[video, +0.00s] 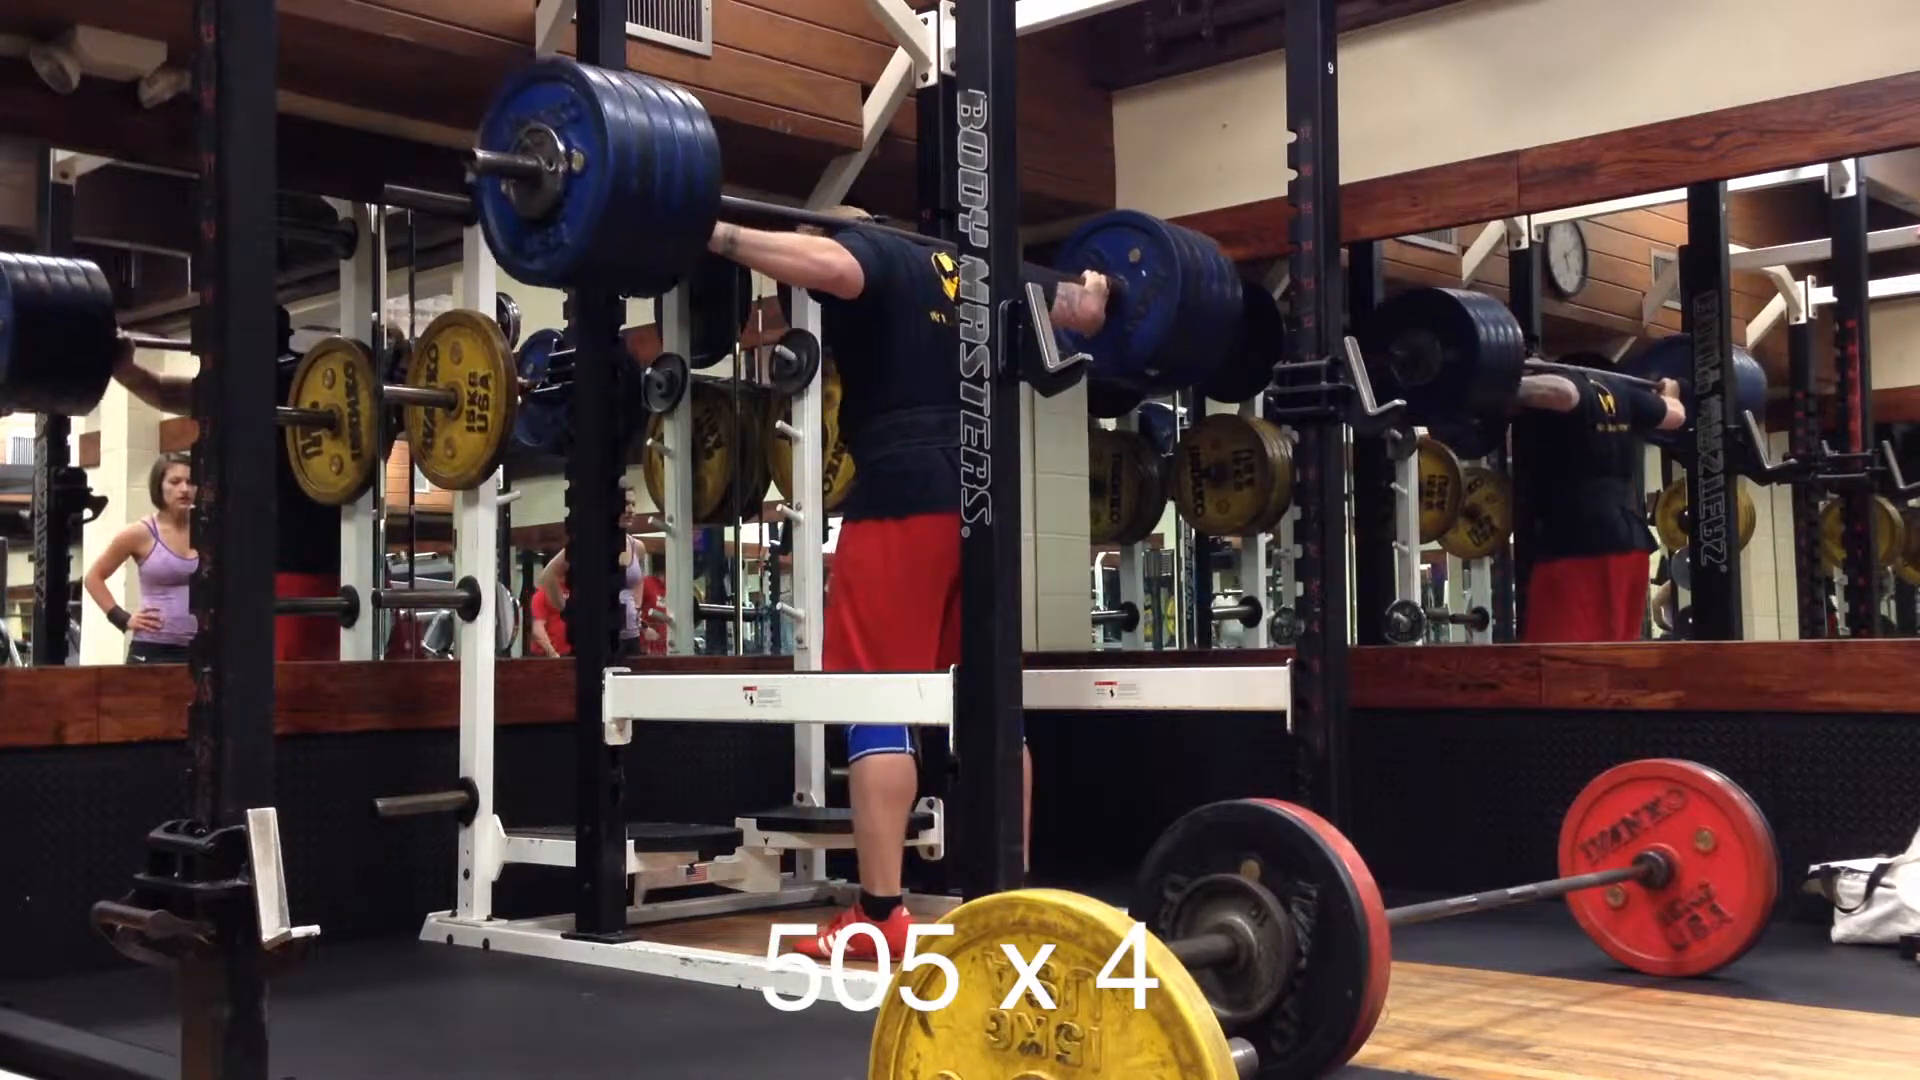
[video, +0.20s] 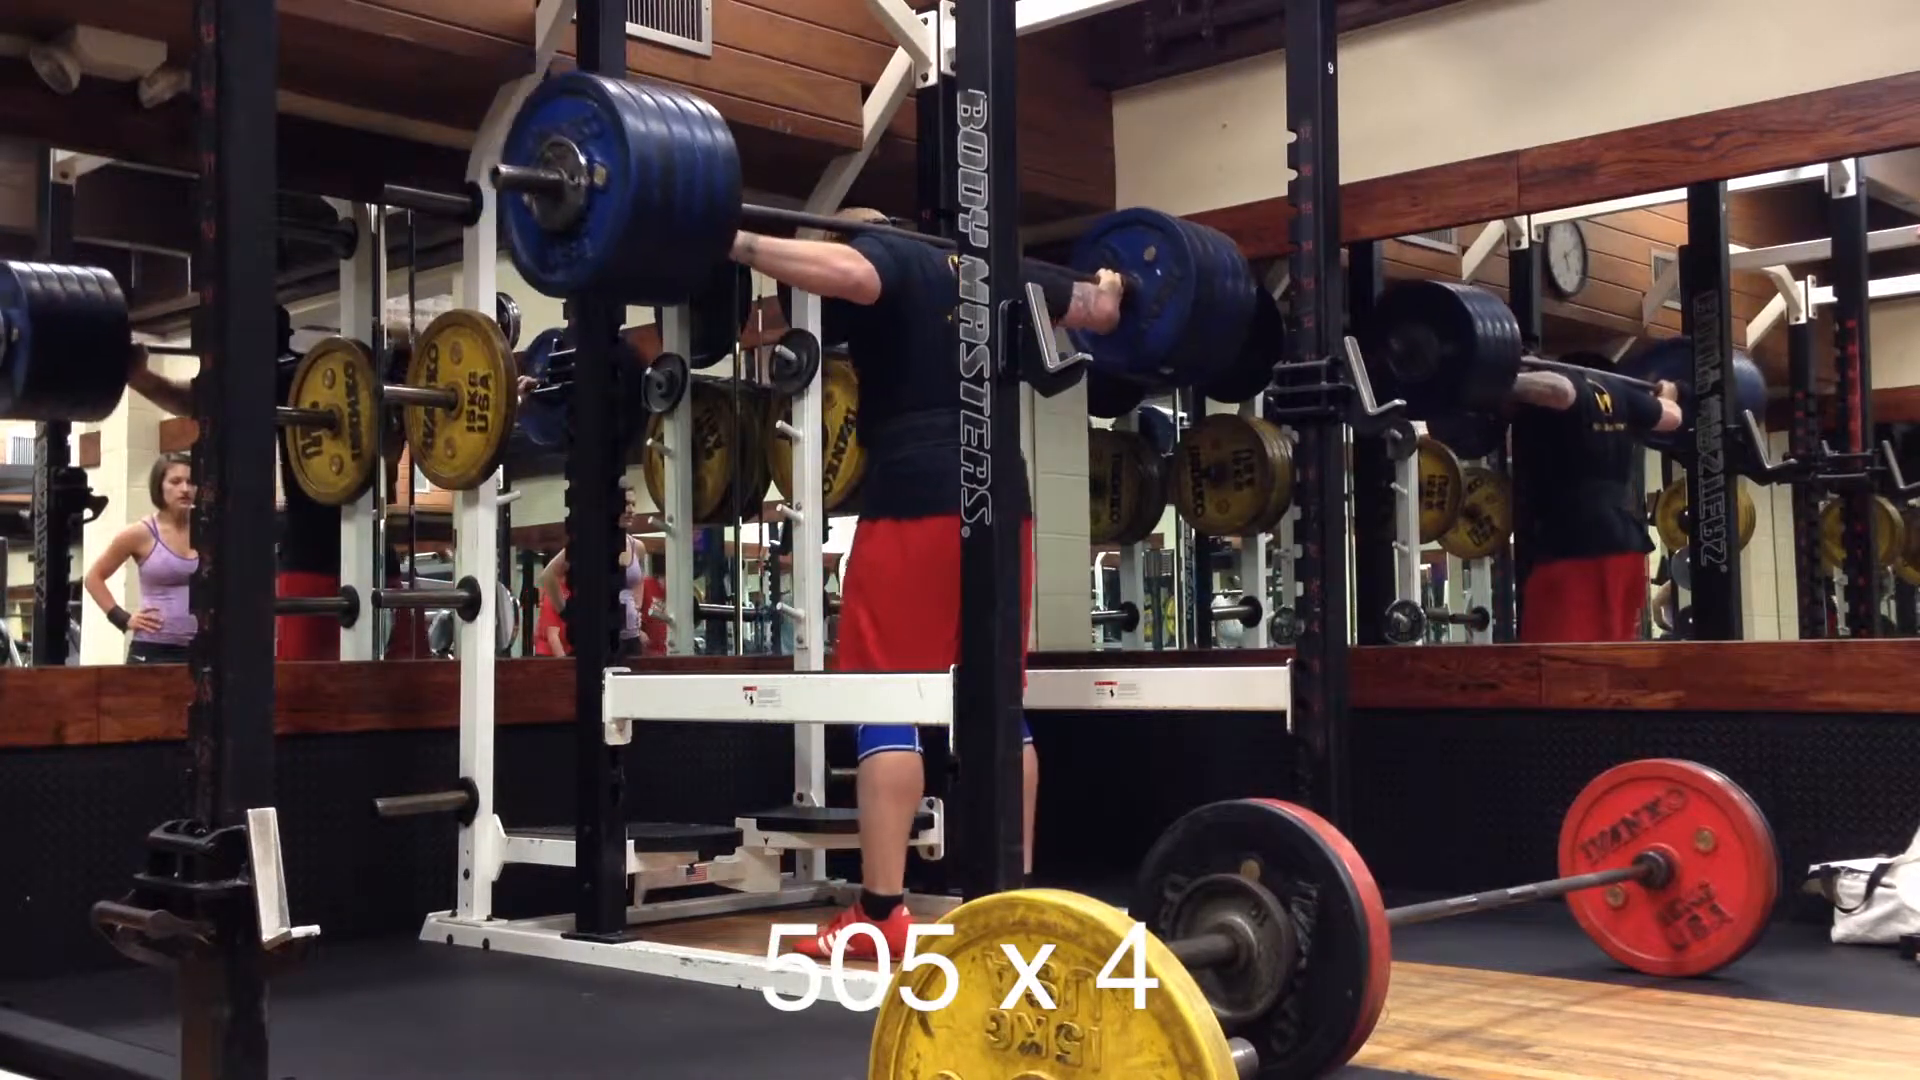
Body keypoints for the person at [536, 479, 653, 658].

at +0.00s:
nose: (629, 510)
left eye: (632, 505)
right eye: (624, 504)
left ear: (636, 508)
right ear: (609, 507)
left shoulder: (636, 546)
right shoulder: (588, 543)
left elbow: (638, 580)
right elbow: (548, 576)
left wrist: (636, 608)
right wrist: (564, 609)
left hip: (629, 630)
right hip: (595, 630)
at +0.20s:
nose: (629, 510)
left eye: (632, 504)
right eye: (624, 504)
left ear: (635, 507)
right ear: (609, 507)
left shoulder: (637, 546)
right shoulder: (589, 543)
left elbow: (638, 581)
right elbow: (548, 576)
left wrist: (635, 610)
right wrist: (564, 611)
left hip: (629, 630)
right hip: (595, 631)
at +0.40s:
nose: (629, 510)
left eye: (632, 504)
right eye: (624, 504)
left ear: (636, 506)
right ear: (609, 507)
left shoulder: (637, 547)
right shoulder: (587, 542)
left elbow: (638, 581)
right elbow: (548, 577)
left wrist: (636, 609)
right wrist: (565, 612)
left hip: (630, 632)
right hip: (594, 633)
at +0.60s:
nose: (630, 510)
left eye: (633, 504)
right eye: (624, 504)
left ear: (636, 506)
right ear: (609, 507)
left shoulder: (637, 546)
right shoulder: (588, 542)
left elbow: (638, 580)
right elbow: (548, 578)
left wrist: (636, 608)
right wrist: (566, 612)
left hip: (630, 631)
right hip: (595, 632)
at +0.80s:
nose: (627, 511)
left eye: (631, 505)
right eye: (622, 505)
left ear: (635, 509)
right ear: (608, 507)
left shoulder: (636, 546)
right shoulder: (588, 542)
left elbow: (638, 582)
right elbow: (548, 577)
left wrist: (636, 609)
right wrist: (565, 611)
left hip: (629, 632)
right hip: (595, 632)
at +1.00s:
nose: (624, 514)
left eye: (627, 509)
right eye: (619, 509)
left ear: (631, 512)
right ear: (606, 512)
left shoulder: (635, 547)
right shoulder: (583, 544)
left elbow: (638, 582)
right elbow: (544, 577)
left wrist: (636, 607)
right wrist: (561, 612)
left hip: (628, 631)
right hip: (592, 633)